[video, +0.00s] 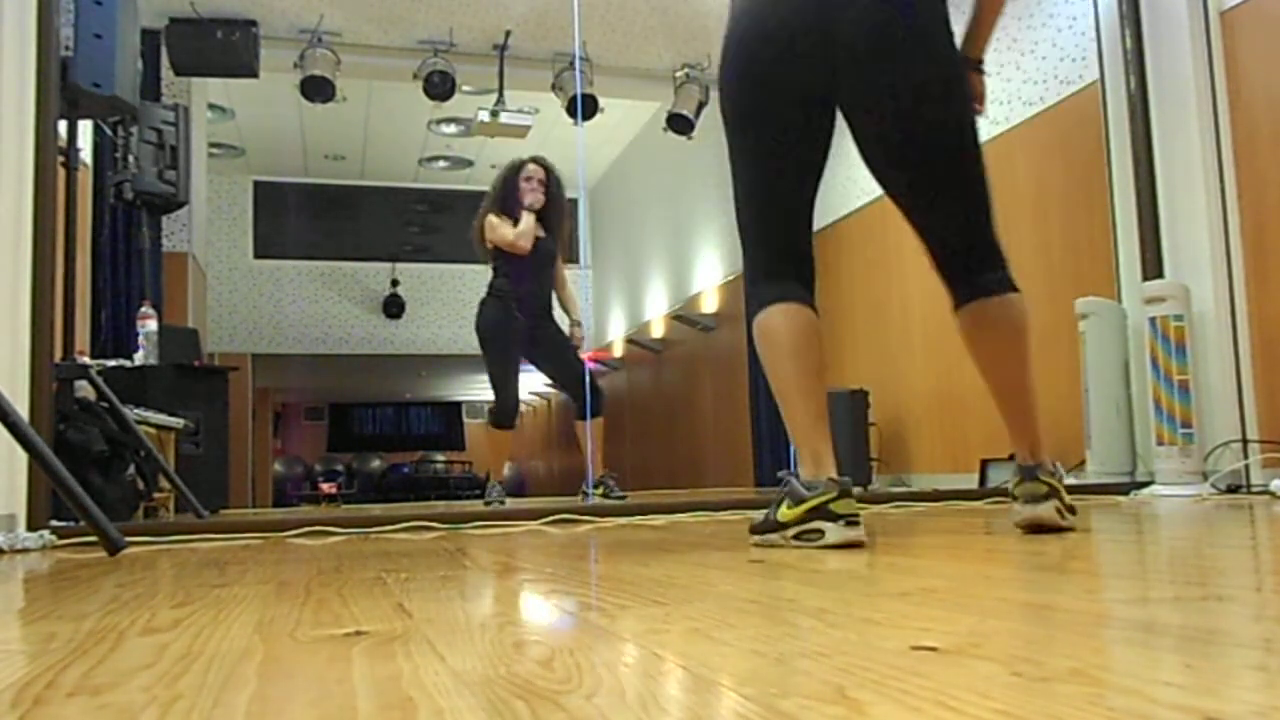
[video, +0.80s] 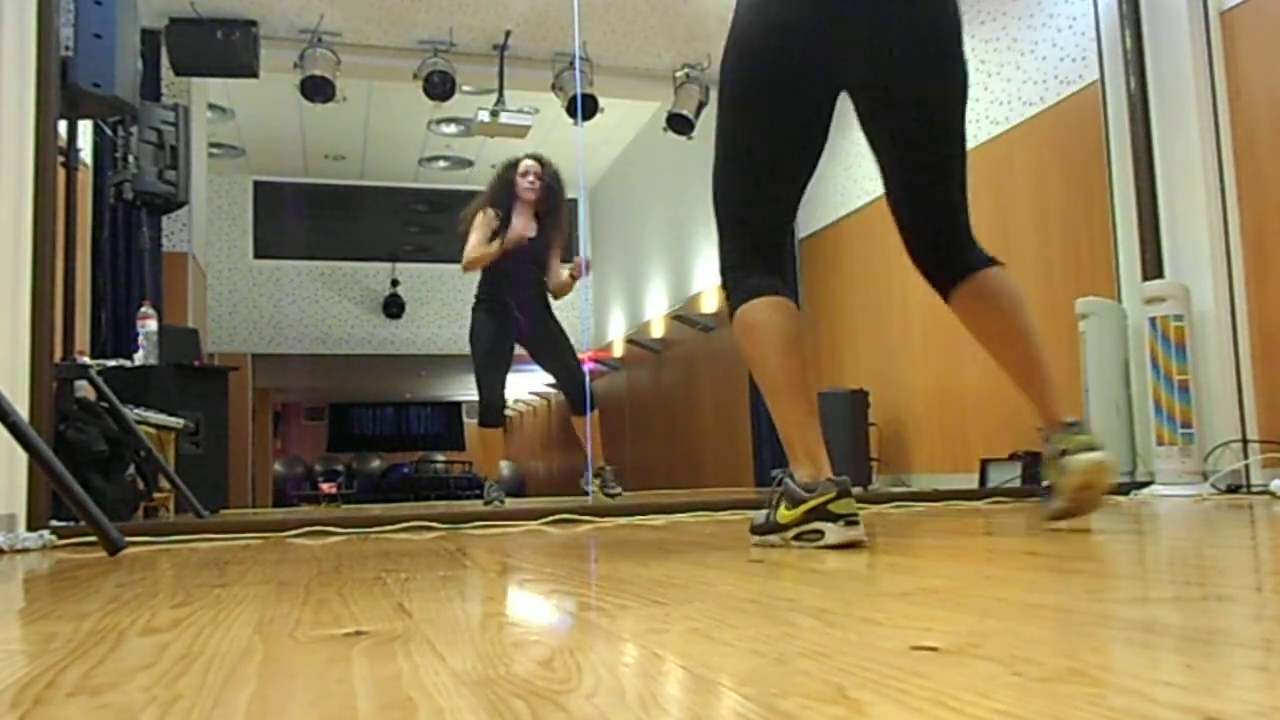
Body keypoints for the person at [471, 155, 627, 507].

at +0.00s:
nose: (536, 188)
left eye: (541, 183)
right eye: (529, 180)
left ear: (548, 193)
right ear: (512, 184)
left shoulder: (548, 235)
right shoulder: (493, 221)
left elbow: (561, 280)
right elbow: (520, 243)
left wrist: (575, 318)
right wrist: (528, 211)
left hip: (540, 323)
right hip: (501, 318)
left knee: (588, 391)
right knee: (507, 403)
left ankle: (595, 479)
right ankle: (496, 483)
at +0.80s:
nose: (531, 181)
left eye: (538, 177)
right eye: (525, 175)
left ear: (546, 187)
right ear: (511, 181)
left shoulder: (550, 229)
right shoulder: (491, 215)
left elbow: (556, 288)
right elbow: (469, 261)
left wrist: (573, 276)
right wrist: (507, 242)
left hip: (536, 313)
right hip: (493, 313)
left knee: (578, 386)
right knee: (491, 398)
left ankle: (597, 470)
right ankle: (493, 483)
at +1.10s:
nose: (554, 199)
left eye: (560, 194)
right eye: (548, 194)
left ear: (570, 203)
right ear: (536, 202)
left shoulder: (587, 244)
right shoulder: (522, 245)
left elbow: (602, 299)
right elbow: (502, 296)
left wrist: (587, 310)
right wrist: (497, 328)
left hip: (568, 334)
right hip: (525, 334)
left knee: (590, 403)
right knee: (489, 399)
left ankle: (599, 480)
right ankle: (493, 483)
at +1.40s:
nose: (576, 186)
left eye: (581, 181)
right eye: (569, 181)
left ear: (590, 189)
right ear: (556, 188)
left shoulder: (603, 231)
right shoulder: (539, 230)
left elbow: (630, 283)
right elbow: (523, 278)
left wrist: (627, 317)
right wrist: (530, 307)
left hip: (607, 326)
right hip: (565, 326)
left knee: (606, 406)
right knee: (517, 390)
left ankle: (602, 479)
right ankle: (506, 476)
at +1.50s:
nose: (578, 178)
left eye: (583, 173)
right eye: (571, 173)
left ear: (592, 182)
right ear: (557, 181)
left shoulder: (607, 221)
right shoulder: (543, 222)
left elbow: (635, 273)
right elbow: (528, 271)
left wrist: (631, 309)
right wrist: (533, 297)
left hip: (610, 317)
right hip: (567, 318)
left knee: (607, 398)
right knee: (521, 383)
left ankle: (602, 479)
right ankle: (510, 470)